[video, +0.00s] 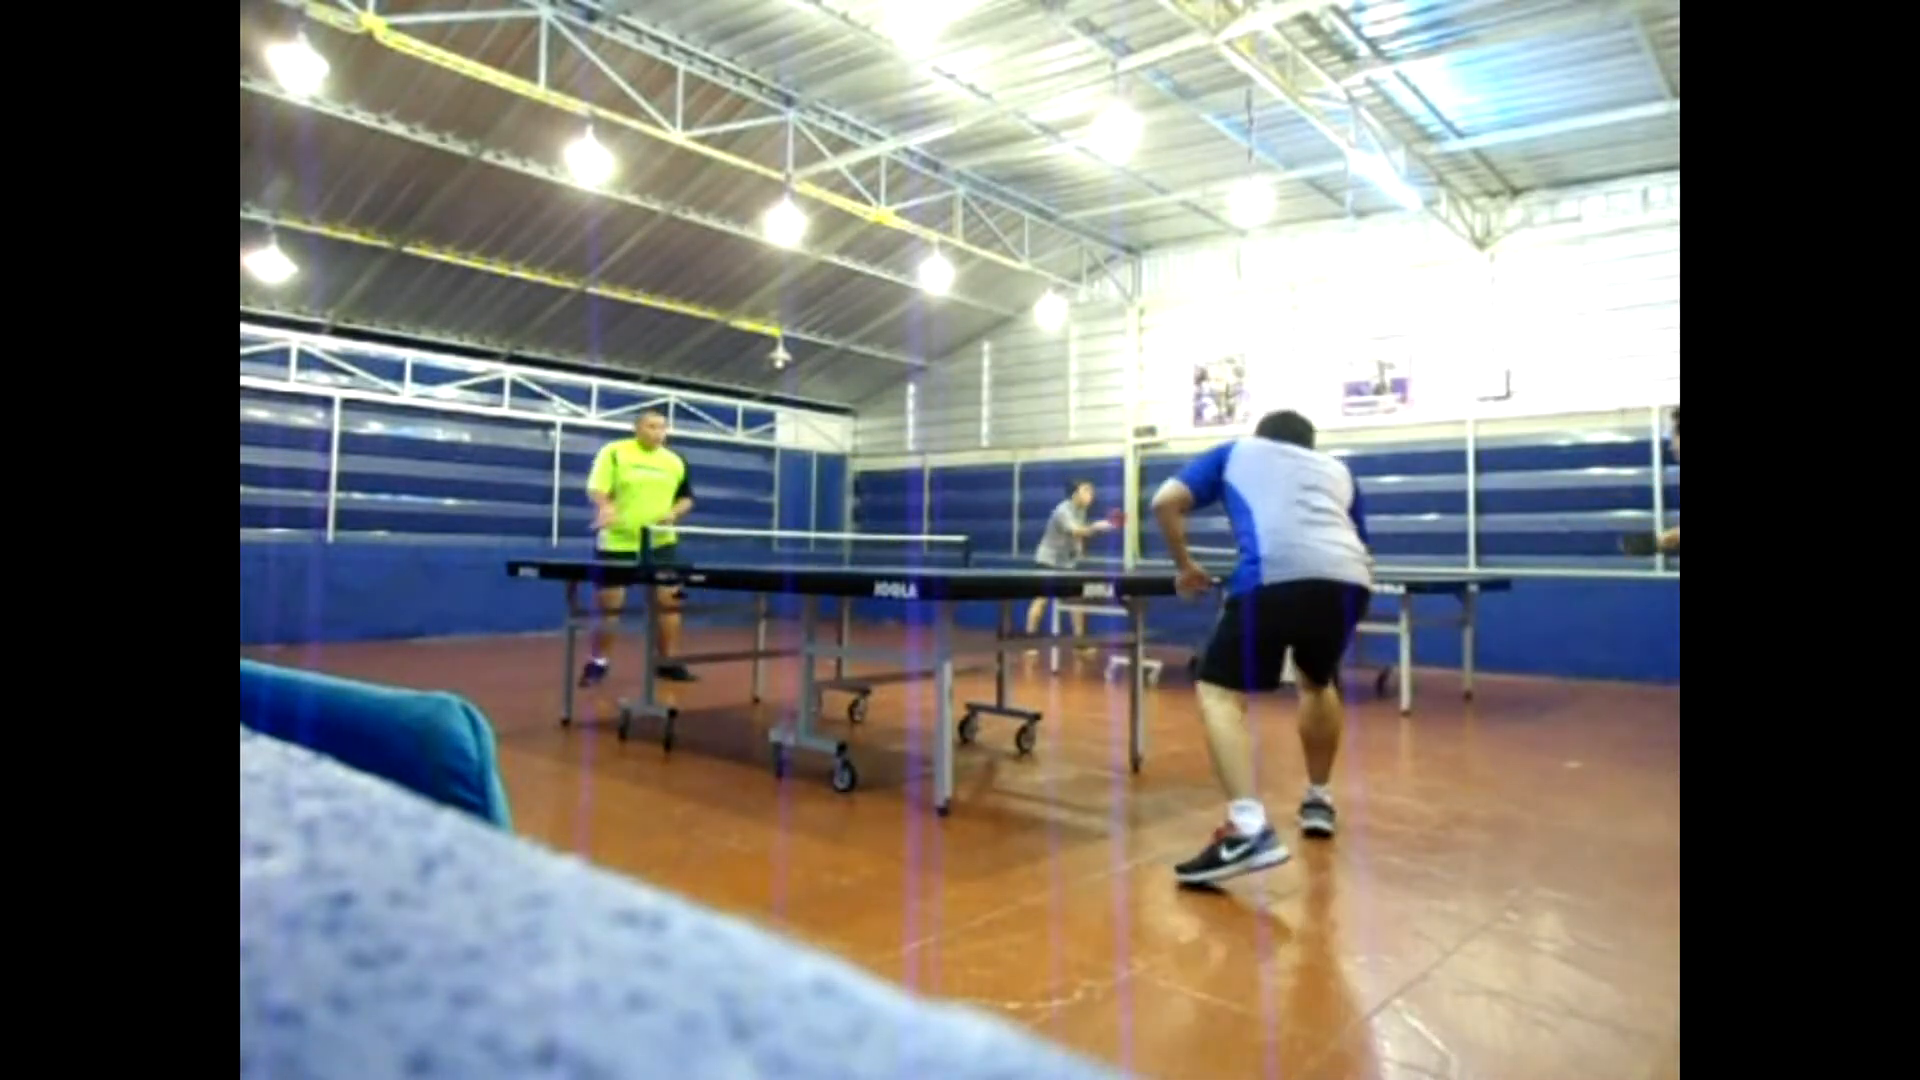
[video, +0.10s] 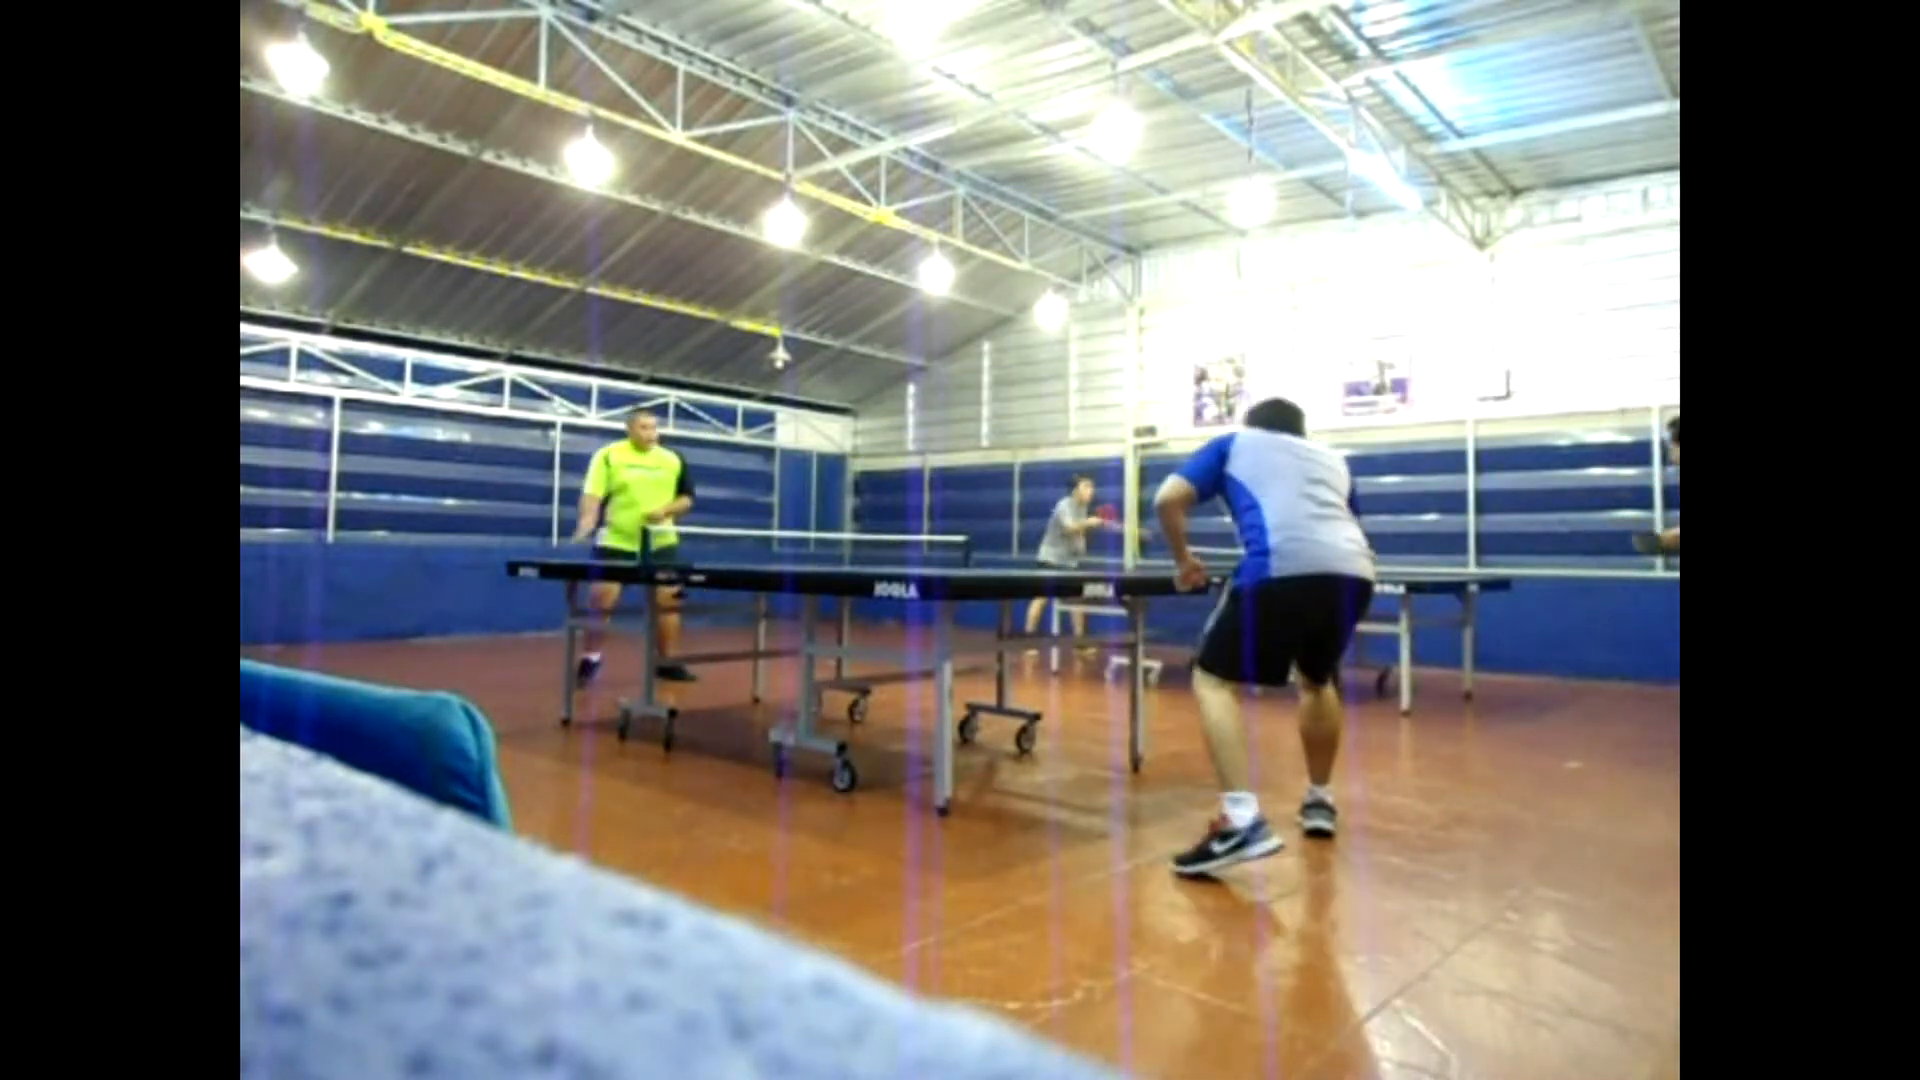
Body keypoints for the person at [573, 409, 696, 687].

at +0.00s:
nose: (656, 433)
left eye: (661, 427)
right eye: (651, 426)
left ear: (666, 430)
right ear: (637, 427)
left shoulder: (675, 462)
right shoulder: (613, 453)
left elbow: (686, 497)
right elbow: (597, 487)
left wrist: (673, 513)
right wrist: (606, 509)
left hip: (661, 540)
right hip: (619, 540)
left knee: (669, 600)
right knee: (610, 603)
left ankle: (668, 659)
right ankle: (599, 660)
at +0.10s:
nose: (649, 433)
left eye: (653, 427)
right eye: (643, 427)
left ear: (658, 430)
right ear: (630, 429)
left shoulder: (674, 460)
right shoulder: (608, 456)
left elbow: (687, 498)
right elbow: (592, 495)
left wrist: (664, 511)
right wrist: (587, 522)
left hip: (661, 538)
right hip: (619, 537)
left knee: (668, 599)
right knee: (603, 598)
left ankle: (668, 658)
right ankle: (591, 657)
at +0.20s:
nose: (638, 437)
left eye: (641, 431)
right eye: (631, 431)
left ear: (648, 433)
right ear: (619, 433)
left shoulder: (666, 464)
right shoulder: (599, 463)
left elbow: (682, 500)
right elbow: (583, 506)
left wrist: (658, 515)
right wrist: (569, 545)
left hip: (658, 543)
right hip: (614, 544)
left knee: (669, 601)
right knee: (601, 601)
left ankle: (668, 658)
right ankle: (582, 663)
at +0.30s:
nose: (622, 442)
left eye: (626, 435)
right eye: (615, 436)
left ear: (632, 436)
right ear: (603, 438)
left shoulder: (651, 465)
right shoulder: (586, 470)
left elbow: (672, 501)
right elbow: (575, 513)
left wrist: (649, 519)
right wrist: (561, 544)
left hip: (651, 550)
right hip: (606, 551)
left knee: (669, 600)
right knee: (597, 606)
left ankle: (667, 659)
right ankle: (583, 666)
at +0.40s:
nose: (606, 447)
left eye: (610, 440)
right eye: (599, 441)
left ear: (618, 438)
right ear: (589, 442)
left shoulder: (641, 464)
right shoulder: (576, 474)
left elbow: (667, 498)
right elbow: (571, 518)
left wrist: (645, 521)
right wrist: (551, 543)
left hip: (646, 549)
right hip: (601, 551)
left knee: (669, 600)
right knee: (594, 605)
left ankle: (670, 655)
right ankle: (585, 666)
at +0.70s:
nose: (601, 471)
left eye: (605, 464)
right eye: (594, 466)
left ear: (614, 458)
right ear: (586, 465)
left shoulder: (640, 473)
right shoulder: (579, 487)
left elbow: (676, 495)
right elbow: (580, 532)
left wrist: (667, 526)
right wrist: (560, 525)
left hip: (650, 550)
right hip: (606, 555)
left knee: (668, 588)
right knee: (590, 606)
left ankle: (666, 643)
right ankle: (585, 668)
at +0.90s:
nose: (629, 426)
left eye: (633, 420)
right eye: (622, 420)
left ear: (639, 425)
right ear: (610, 426)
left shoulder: (656, 454)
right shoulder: (602, 459)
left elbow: (673, 489)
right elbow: (615, 500)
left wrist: (679, 520)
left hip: (662, 536)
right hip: (623, 538)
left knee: (670, 602)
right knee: (619, 603)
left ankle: (676, 668)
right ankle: (597, 665)